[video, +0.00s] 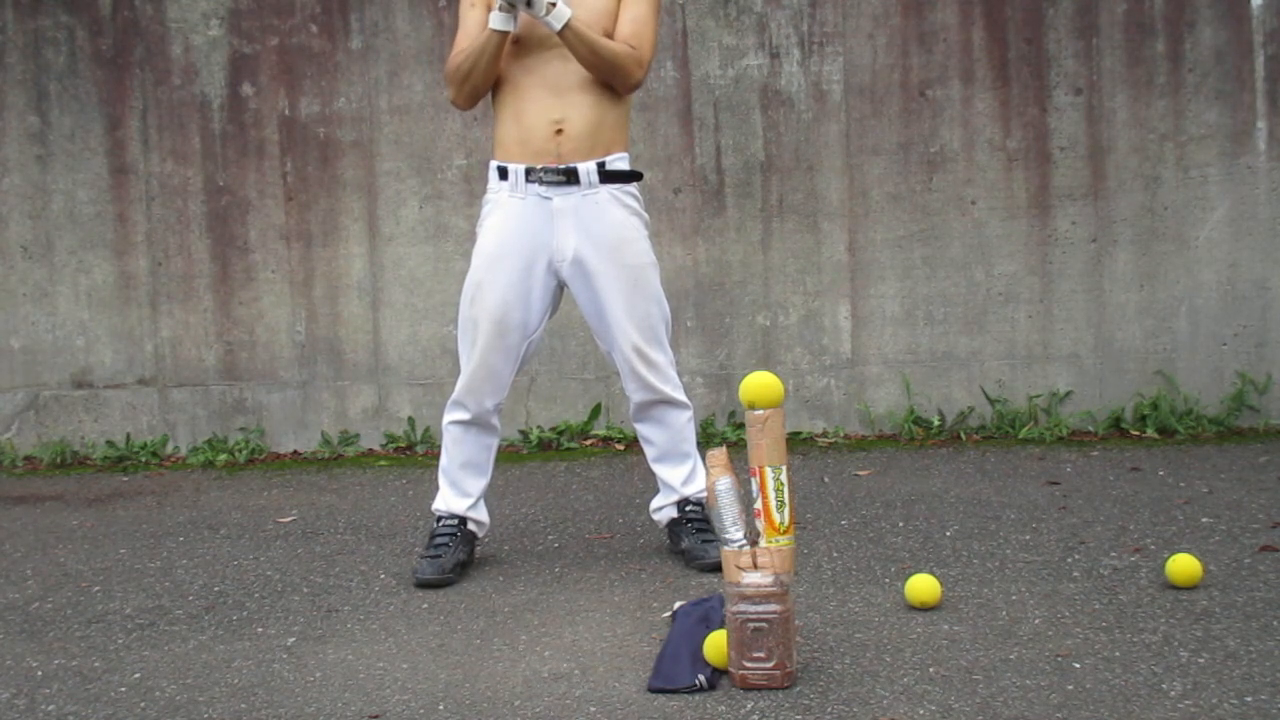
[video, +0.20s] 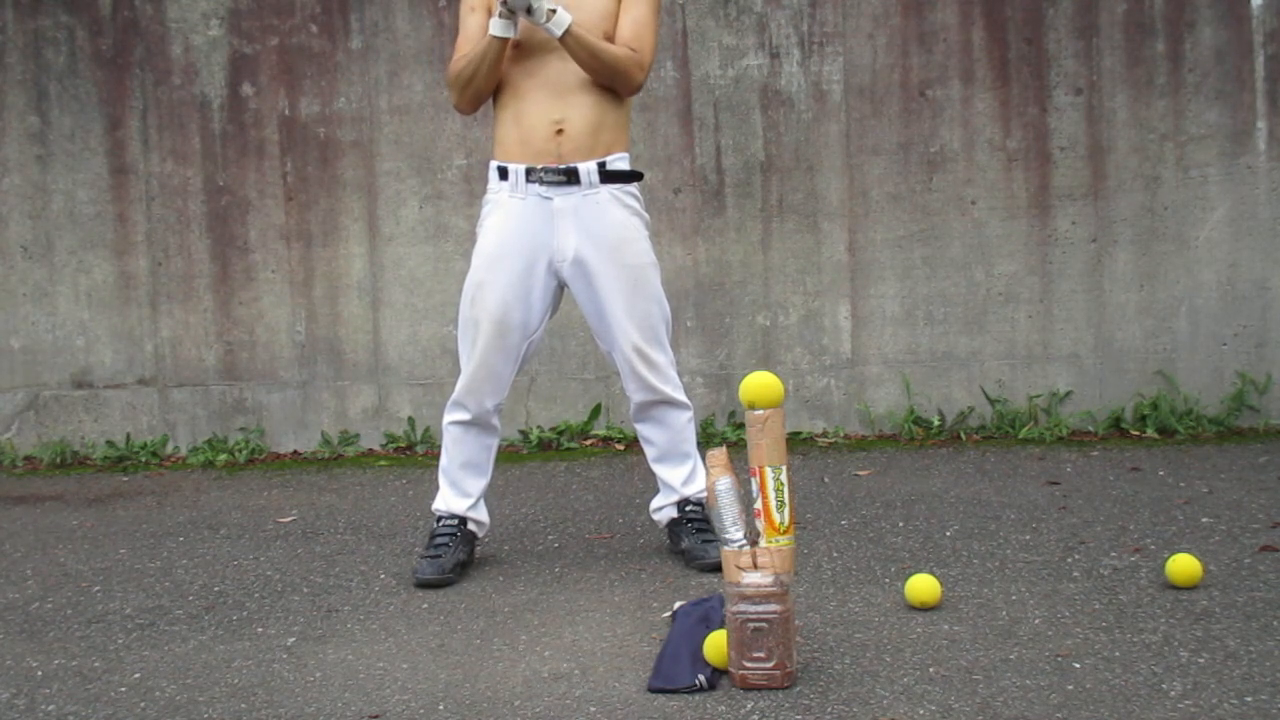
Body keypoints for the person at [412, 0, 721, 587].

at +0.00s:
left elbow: (629, 73)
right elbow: (462, 93)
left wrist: (559, 18)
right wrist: (500, 19)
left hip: (606, 195)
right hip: (513, 198)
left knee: (647, 363)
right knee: (480, 373)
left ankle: (686, 507)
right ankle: (455, 517)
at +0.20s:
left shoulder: (632, 1)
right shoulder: (485, 1)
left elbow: (630, 76)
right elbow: (465, 97)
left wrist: (559, 22)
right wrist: (500, 25)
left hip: (606, 195)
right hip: (513, 198)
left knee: (647, 363)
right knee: (480, 374)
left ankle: (686, 507)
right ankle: (455, 517)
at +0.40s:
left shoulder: (631, 0)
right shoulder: (486, 2)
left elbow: (630, 77)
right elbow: (465, 100)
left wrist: (556, 25)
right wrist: (499, 28)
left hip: (606, 195)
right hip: (514, 198)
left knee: (648, 363)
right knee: (481, 373)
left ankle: (686, 508)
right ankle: (455, 517)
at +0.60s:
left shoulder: (628, 0)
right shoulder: (483, 1)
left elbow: (634, 69)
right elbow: (460, 99)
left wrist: (550, 19)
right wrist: (493, 26)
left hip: (605, 195)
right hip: (513, 198)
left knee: (647, 363)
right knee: (480, 374)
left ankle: (686, 507)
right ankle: (455, 517)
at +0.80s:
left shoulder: (615, 1)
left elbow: (623, 47)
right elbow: (440, 96)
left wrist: (527, 9)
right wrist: (474, 22)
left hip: (599, 196)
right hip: (507, 199)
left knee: (644, 363)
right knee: (477, 375)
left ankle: (686, 507)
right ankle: (455, 518)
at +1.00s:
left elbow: (601, 37)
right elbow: (414, 90)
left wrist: (502, 7)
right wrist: (447, 14)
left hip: (585, 192)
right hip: (493, 198)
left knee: (647, 360)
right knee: (468, 378)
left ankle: (693, 506)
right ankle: (454, 518)